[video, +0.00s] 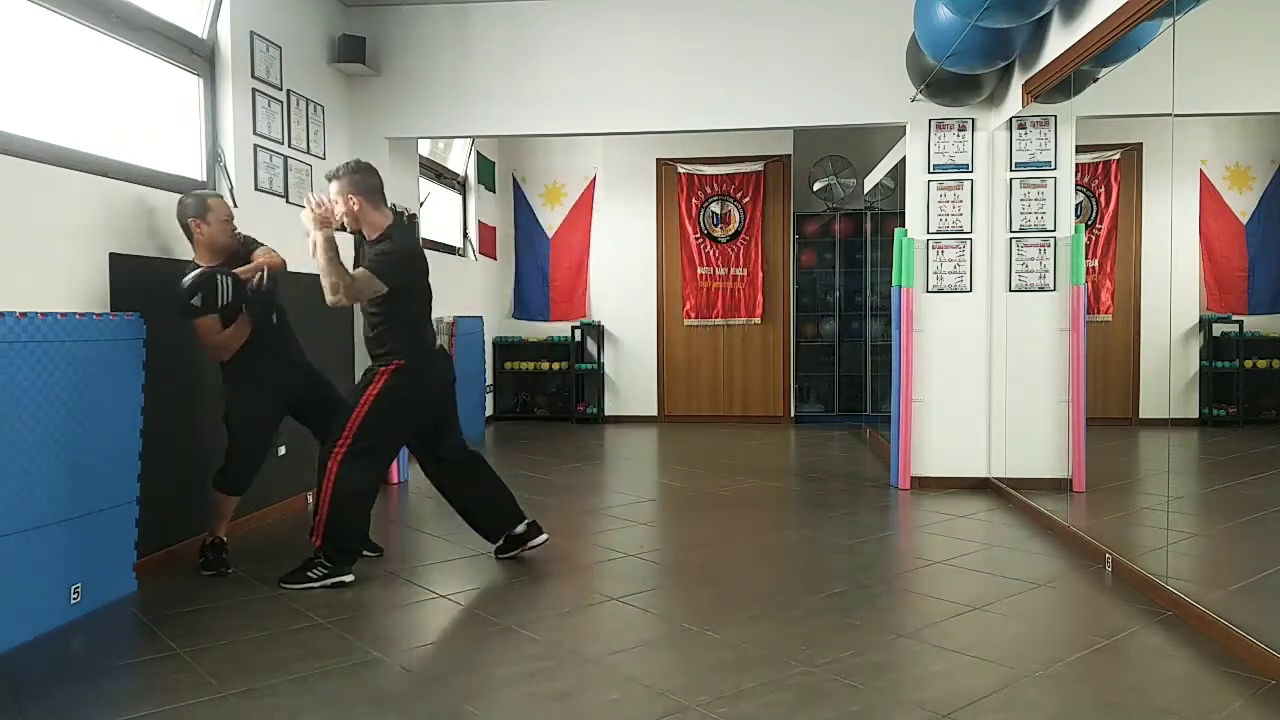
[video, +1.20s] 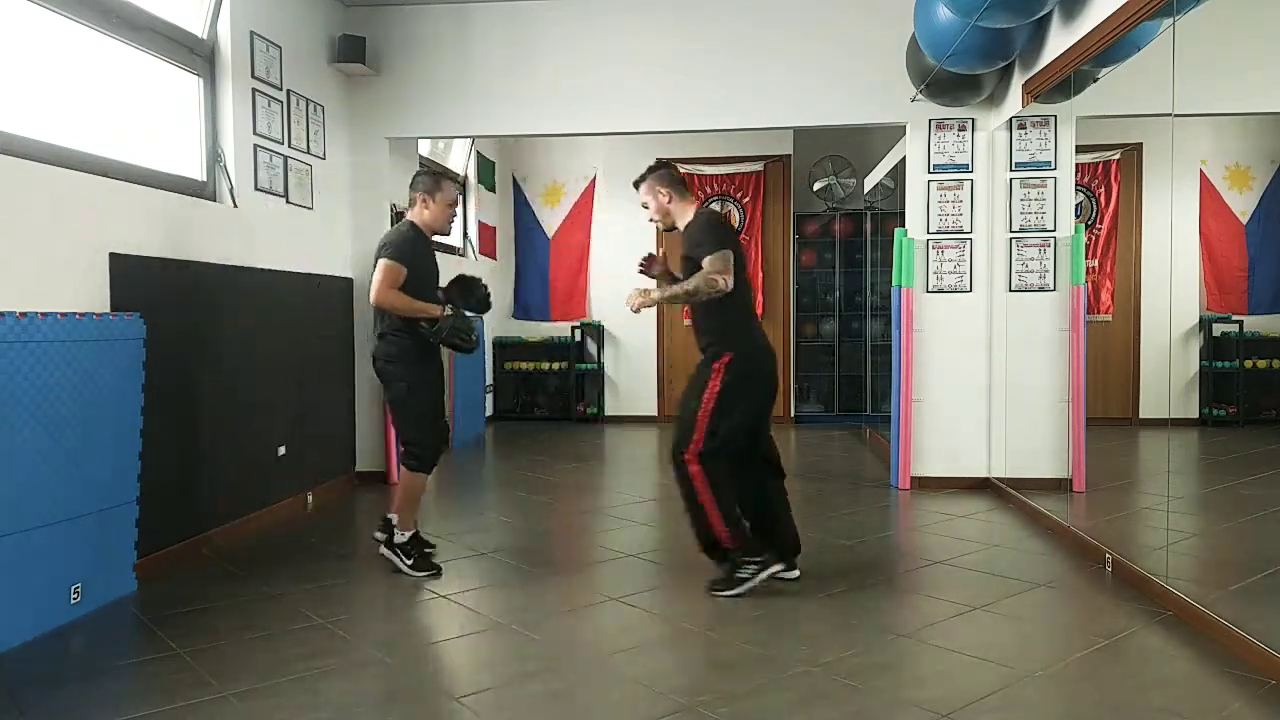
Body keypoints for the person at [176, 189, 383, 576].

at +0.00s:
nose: (235, 228)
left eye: (233, 220)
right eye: (226, 221)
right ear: (198, 227)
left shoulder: (243, 247)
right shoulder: (195, 285)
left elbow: (277, 261)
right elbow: (216, 350)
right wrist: (251, 314)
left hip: (293, 371)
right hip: (250, 387)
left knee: (345, 430)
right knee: (242, 461)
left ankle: (343, 530)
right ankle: (216, 540)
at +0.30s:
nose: (260, 212)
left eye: (258, 205)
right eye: (252, 205)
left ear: (233, 210)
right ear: (223, 211)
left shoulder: (267, 252)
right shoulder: (212, 267)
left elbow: (290, 291)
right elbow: (214, 333)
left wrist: (311, 296)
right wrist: (276, 328)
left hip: (293, 368)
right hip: (248, 377)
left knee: (346, 435)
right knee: (238, 456)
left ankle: (341, 530)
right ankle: (215, 539)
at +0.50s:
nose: (309, 208)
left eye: (307, 201)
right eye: (301, 201)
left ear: (278, 207)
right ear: (274, 207)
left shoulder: (308, 255)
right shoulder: (258, 258)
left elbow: (317, 301)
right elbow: (244, 321)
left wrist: (339, 310)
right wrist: (304, 336)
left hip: (313, 372)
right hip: (274, 374)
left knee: (337, 453)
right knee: (258, 457)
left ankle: (303, 533)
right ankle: (219, 533)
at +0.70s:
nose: (362, 213)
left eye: (362, 206)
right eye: (355, 206)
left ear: (336, 208)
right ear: (328, 207)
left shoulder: (351, 257)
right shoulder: (305, 252)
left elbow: (368, 307)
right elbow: (279, 313)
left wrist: (394, 309)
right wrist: (337, 337)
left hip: (341, 370)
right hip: (311, 370)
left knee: (338, 455)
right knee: (316, 456)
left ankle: (307, 534)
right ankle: (286, 525)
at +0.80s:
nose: (384, 208)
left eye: (384, 201)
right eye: (377, 200)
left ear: (359, 202)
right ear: (349, 200)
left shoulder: (370, 251)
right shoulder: (325, 243)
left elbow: (379, 295)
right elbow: (290, 296)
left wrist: (400, 297)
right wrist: (351, 310)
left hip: (355, 365)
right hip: (330, 365)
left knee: (334, 449)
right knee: (352, 451)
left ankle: (306, 527)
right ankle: (343, 537)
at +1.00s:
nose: (420, 221)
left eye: (421, 214)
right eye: (414, 214)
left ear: (395, 214)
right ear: (387, 213)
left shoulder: (398, 260)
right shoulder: (368, 254)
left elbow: (405, 314)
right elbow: (351, 316)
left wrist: (429, 328)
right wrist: (408, 332)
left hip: (393, 367)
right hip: (373, 368)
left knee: (392, 454)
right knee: (405, 454)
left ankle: (330, 513)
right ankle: (394, 548)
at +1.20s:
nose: (454, 213)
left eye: (455, 206)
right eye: (449, 205)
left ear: (427, 204)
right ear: (422, 201)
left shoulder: (420, 243)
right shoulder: (403, 238)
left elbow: (412, 297)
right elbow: (382, 294)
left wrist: (448, 299)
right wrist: (436, 309)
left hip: (418, 355)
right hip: (402, 356)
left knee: (430, 441)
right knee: (422, 445)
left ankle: (398, 525)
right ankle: (402, 536)